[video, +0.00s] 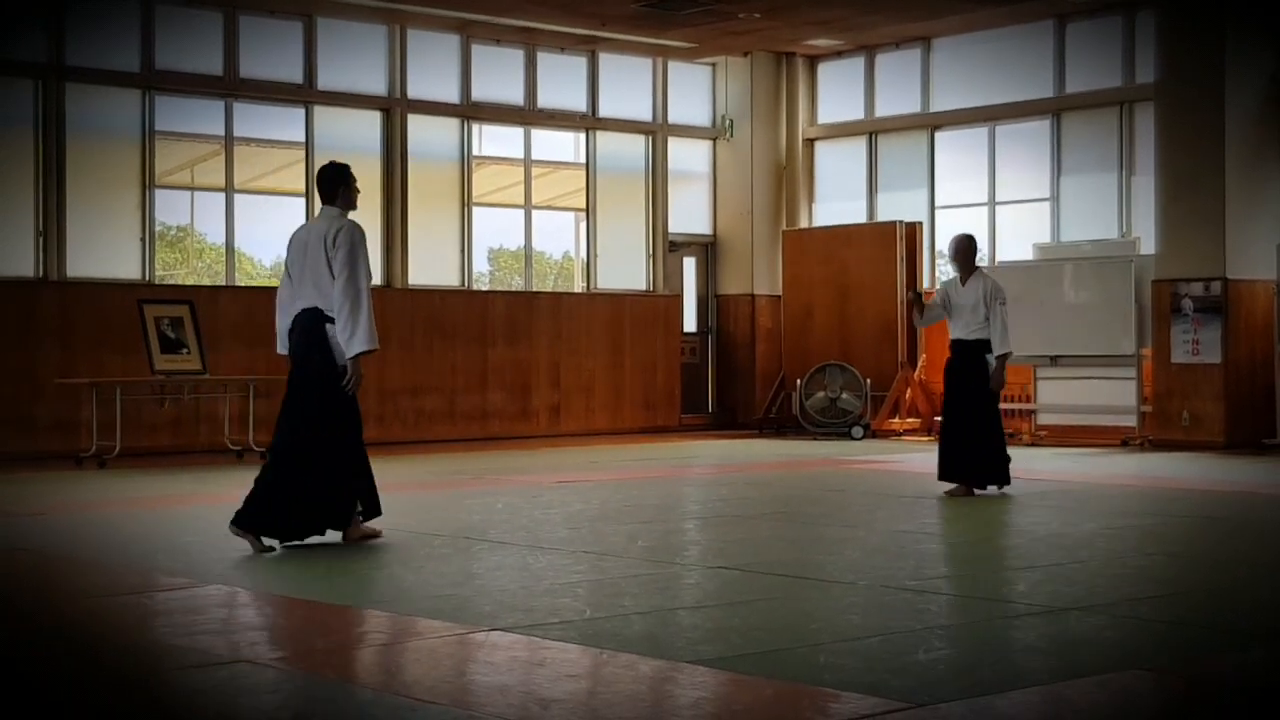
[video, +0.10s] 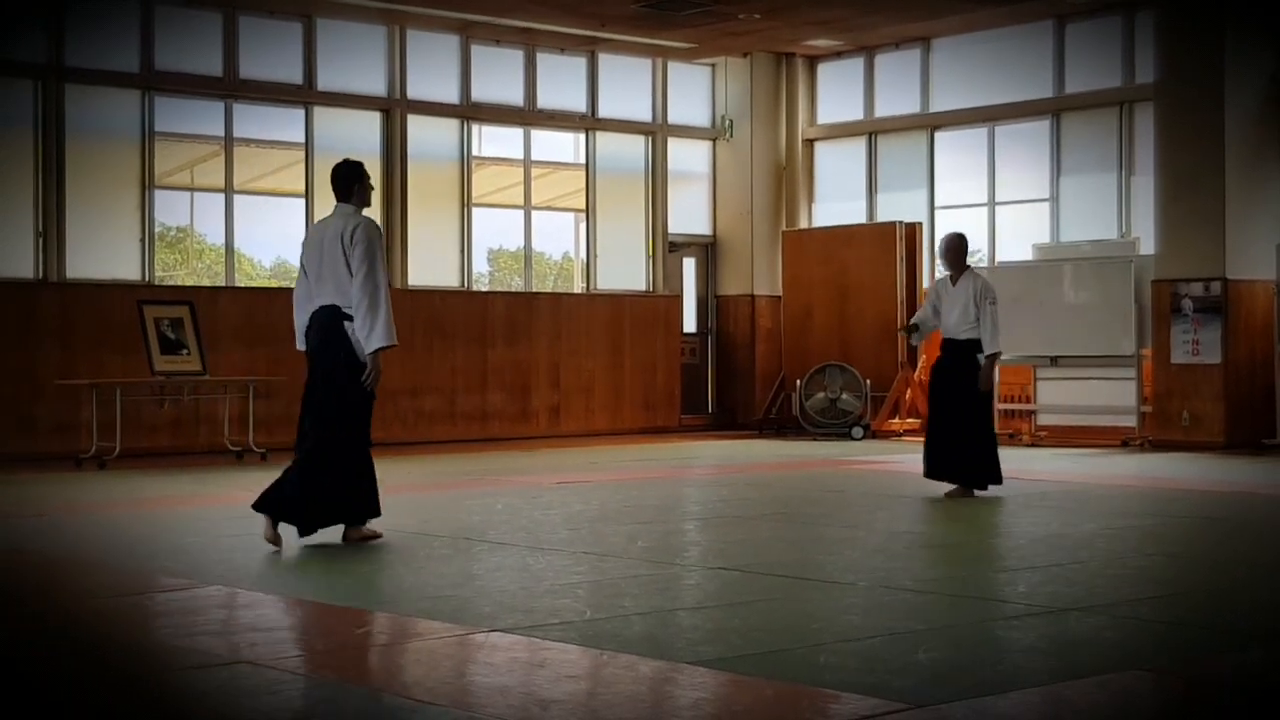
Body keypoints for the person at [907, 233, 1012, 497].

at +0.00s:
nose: (951, 256)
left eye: (956, 251)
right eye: (950, 251)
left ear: (970, 253)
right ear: (952, 255)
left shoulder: (989, 286)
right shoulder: (949, 289)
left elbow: (999, 328)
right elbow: (923, 319)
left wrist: (1000, 367)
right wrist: (916, 304)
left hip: (981, 357)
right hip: (957, 356)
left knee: (979, 418)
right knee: (958, 418)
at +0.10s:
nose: (943, 255)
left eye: (947, 250)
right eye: (942, 251)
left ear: (961, 252)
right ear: (943, 254)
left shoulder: (980, 285)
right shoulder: (941, 285)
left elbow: (990, 328)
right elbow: (930, 312)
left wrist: (989, 367)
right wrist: (914, 325)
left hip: (972, 356)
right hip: (948, 355)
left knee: (969, 418)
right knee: (949, 416)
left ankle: (968, 482)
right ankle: (961, 480)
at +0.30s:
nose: (920, 255)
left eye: (924, 250)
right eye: (919, 250)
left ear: (940, 252)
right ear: (923, 253)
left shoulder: (959, 286)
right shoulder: (916, 289)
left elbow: (968, 327)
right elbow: (911, 325)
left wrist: (966, 366)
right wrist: (903, 354)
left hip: (952, 357)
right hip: (924, 357)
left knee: (956, 421)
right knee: (915, 417)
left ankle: (962, 482)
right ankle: (913, 480)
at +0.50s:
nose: (895, 259)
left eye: (900, 254)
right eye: (894, 254)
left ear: (915, 257)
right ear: (895, 258)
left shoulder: (931, 289)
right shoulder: (890, 293)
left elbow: (941, 330)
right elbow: (886, 330)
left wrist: (941, 369)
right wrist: (881, 363)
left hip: (925, 359)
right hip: (898, 360)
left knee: (939, 421)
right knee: (890, 421)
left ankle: (959, 479)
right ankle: (884, 484)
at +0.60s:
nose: (881, 257)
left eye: (885, 252)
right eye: (880, 252)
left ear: (901, 255)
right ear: (884, 256)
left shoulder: (919, 287)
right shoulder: (877, 292)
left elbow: (927, 330)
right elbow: (870, 330)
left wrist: (926, 369)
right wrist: (866, 366)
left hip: (909, 358)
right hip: (882, 359)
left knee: (917, 421)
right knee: (881, 422)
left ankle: (949, 469)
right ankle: (882, 487)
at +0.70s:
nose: (870, 255)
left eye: (875, 251)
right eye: (869, 251)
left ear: (890, 253)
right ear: (873, 255)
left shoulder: (908, 284)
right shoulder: (866, 289)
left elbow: (915, 326)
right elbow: (858, 327)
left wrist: (911, 367)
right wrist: (852, 365)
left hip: (897, 354)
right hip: (873, 355)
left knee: (896, 416)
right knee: (872, 418)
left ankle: (926, 467)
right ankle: (880, 485)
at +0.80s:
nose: (860, 254)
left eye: (865, 249)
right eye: (860, 249)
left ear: (881, 252)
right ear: (864, 253)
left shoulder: (898, 285)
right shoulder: (858, 289)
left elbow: (905, 326)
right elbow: (848, 327)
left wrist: (900, 364)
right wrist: (836, 367)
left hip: (888, 355)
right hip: (864, 355)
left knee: (885, 418)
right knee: (864, 418)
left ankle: (892, 480)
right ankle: (875, 484)